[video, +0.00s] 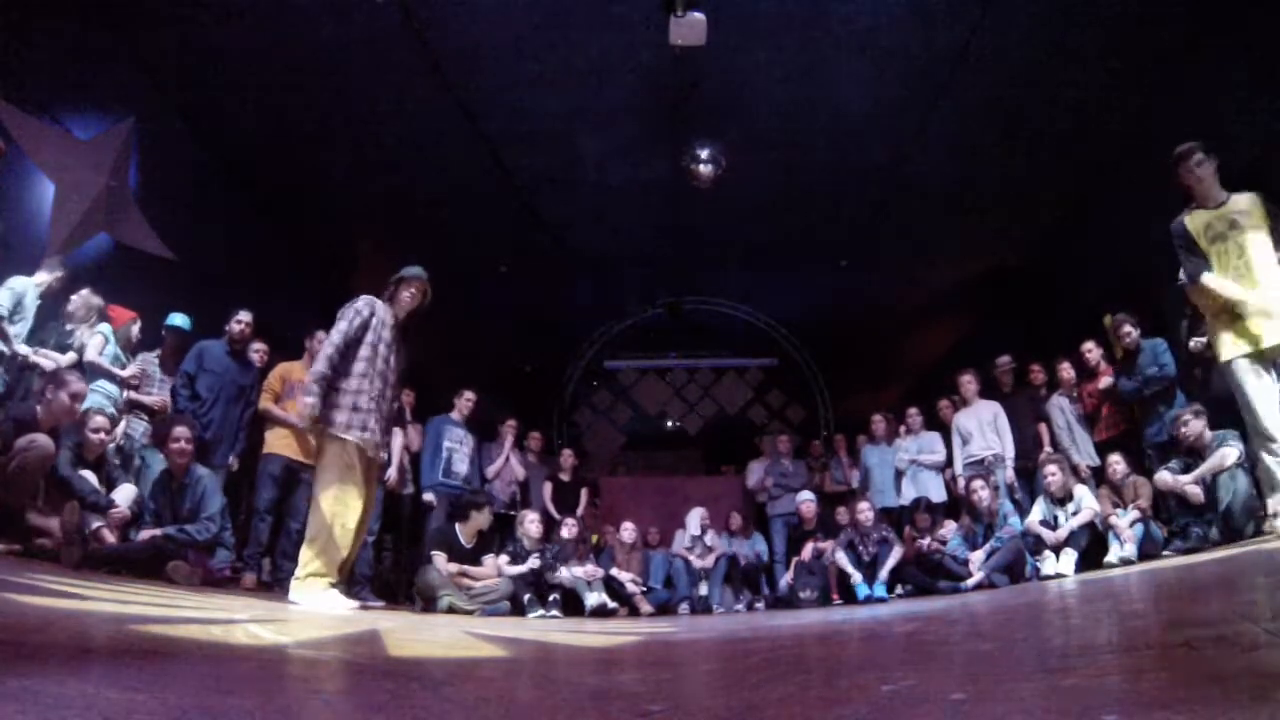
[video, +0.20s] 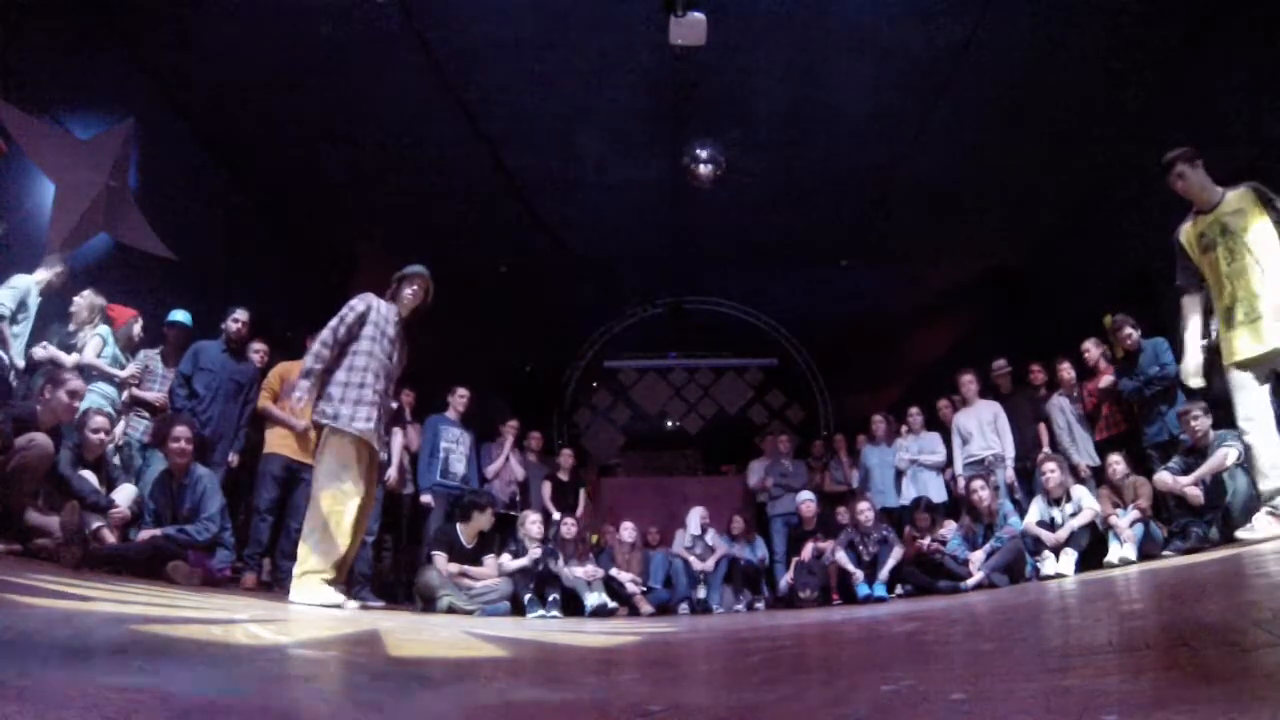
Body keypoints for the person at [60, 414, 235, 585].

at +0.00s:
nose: (183, 447)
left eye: (188, 441)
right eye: (176, 441)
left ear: (194, 447)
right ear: (164, 447)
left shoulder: (206, 479)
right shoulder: (162, 480)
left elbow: (209, 530)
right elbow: (151, 522)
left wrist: (162, 532)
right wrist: (145, 537)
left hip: (209, 552)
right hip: (172, 546)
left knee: (160, 543)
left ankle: (90, 554)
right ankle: (185, 574)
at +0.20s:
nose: (182, 447)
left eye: (188, 441)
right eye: (176, 441)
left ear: (194, 446)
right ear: (164, 446)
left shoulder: (205, 479)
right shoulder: (161, 481)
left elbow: (208, 532)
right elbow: (150, 524)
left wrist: (161, 533)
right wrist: (144, 538)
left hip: (210, 553)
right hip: (172, 546)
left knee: (159, 543)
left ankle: (91, 554)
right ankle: (183, 575)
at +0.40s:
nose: (182, 446)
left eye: (187, 441)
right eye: (175, 440)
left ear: (194, 446)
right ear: (163, 446)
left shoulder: (205, 479)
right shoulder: (160, 482)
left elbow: (207, 532)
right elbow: (149, 525)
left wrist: (160, 533)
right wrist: (146, 540)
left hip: (210, 554)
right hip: (173, 548)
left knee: (157, 544)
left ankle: (89, 555)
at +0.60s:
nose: (181, 447)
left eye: (186, 441)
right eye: (174, 441)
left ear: (193, 446)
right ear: (163, 446)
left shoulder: (205, 479)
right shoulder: (160, 482)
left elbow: (206, 532)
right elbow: (149, 523)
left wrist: (161, 533)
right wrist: (146, 539)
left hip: (210, 554)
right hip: (173, 548)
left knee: (158, 544)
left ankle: (94, 554)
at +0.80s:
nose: (178, 445)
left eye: (185, 440)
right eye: (172, 439)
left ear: (192, 447)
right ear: (162, 445)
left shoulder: (205, 480)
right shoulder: (159, 481)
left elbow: (206, 533)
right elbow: (150, 524)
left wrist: (162, 533)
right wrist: (143, 540)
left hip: (209, 552)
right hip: (170, 547)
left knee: (159, 544)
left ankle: (91, 554)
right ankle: (183, 576)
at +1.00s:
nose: (178, 445)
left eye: (185, 440)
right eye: (172, 439)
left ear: (193, 446)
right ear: (162, 445)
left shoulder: (205, 480)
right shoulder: (160, 480)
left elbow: (208, 531)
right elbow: (150, 522)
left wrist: (162, 532)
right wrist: (143, 539)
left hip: (209, 553)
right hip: (171, 546)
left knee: (158, 544)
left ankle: (89, 555)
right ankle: (183, 575)